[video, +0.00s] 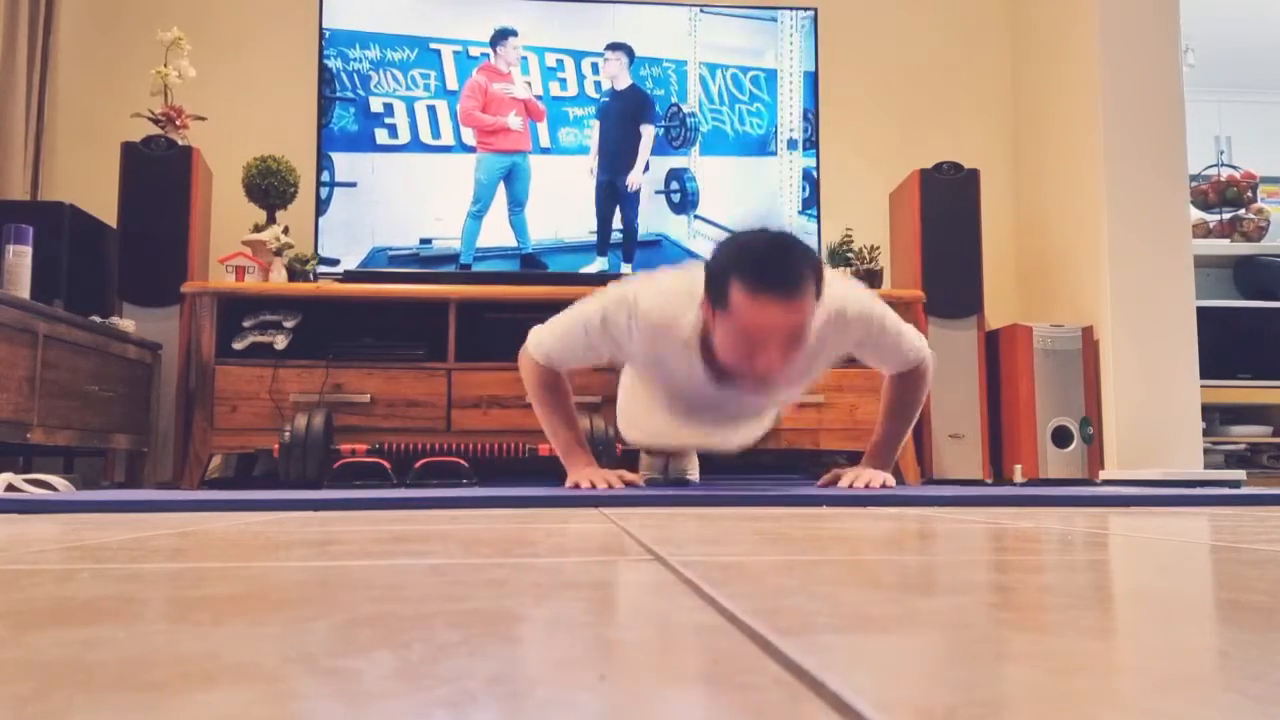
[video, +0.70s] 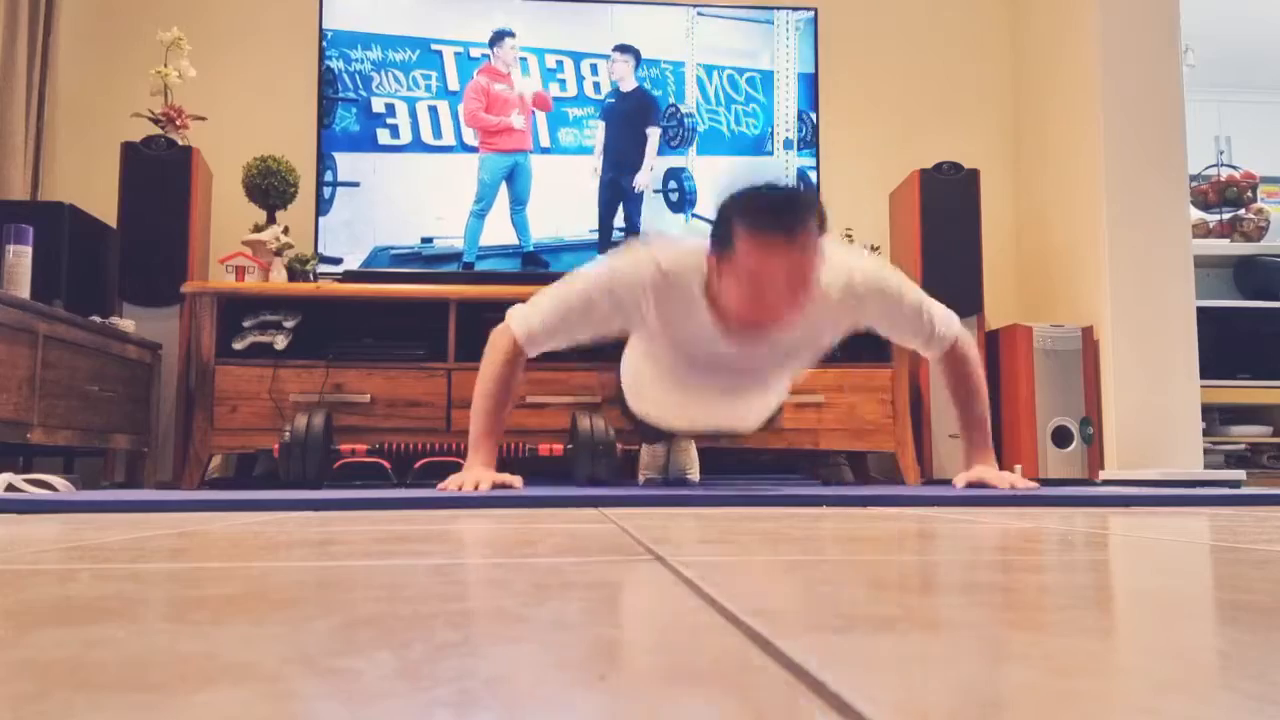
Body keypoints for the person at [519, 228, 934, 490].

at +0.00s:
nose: (770, 359)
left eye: (790, 340)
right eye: (752, 340)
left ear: (811, 315)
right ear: (710, 314)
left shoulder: (842, 307)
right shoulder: (644, 310)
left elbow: (913, 363)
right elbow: (536, 354)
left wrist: (878, 463)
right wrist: (580, 463)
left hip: (748, 427)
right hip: (652, 424)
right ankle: (668, 459)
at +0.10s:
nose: (770, 409)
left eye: (790, 392)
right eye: (753, 391)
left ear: (811, 359)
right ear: (709, 358)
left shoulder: (840, 337)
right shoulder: (647, 341)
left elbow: (920, 362)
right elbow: (536, 357)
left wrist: (878, 463)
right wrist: (579, 463)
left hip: (748, 460)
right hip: (649, 459)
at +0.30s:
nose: (764, 329)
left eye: (782, 309)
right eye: (745, 309)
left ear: (804, 291)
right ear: (704, 287)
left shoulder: (835, 298)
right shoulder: (636, 294)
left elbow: (914, 362)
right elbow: (539, 358)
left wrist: (875, 465)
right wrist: (580, 463)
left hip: (746, 448)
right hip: (637, 446)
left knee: (744, 579)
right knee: (631, 578)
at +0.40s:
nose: (758, 206)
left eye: (777, 185)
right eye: (739, 182)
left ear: (792, 180)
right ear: (698, 172)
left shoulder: (824, 224)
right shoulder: (630, 227)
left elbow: (886, 341)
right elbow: (563, 342)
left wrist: (871, 461)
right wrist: (584, 465)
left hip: (746, 371)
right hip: (651, 368)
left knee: (703, 421)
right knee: (647, 427)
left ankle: (677, 444)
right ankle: (651, 452)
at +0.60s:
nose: (766, 147)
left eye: (782, 124)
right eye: (746, 124)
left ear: (799, 111)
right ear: (704, 109)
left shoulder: (826, 179)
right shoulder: (646, 169)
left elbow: (918, 303)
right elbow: (546, 294)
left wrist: (965, 420)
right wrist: (488, 423)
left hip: (747, 356)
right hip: (654, 348)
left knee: (696, 416)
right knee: (654, 415)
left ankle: (674, 443)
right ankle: (667, 445)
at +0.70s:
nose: (776, 303)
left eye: (792, 284)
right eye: (762, 282)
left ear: (814, 265)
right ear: (720, 264)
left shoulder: (848, 281)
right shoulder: (644, 277)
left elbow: (952, 341)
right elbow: (510, 337)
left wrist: (979, 457)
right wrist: (476, 461)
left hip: (749, 418)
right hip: (648, 413)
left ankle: (694, 450)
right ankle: (649, 453)